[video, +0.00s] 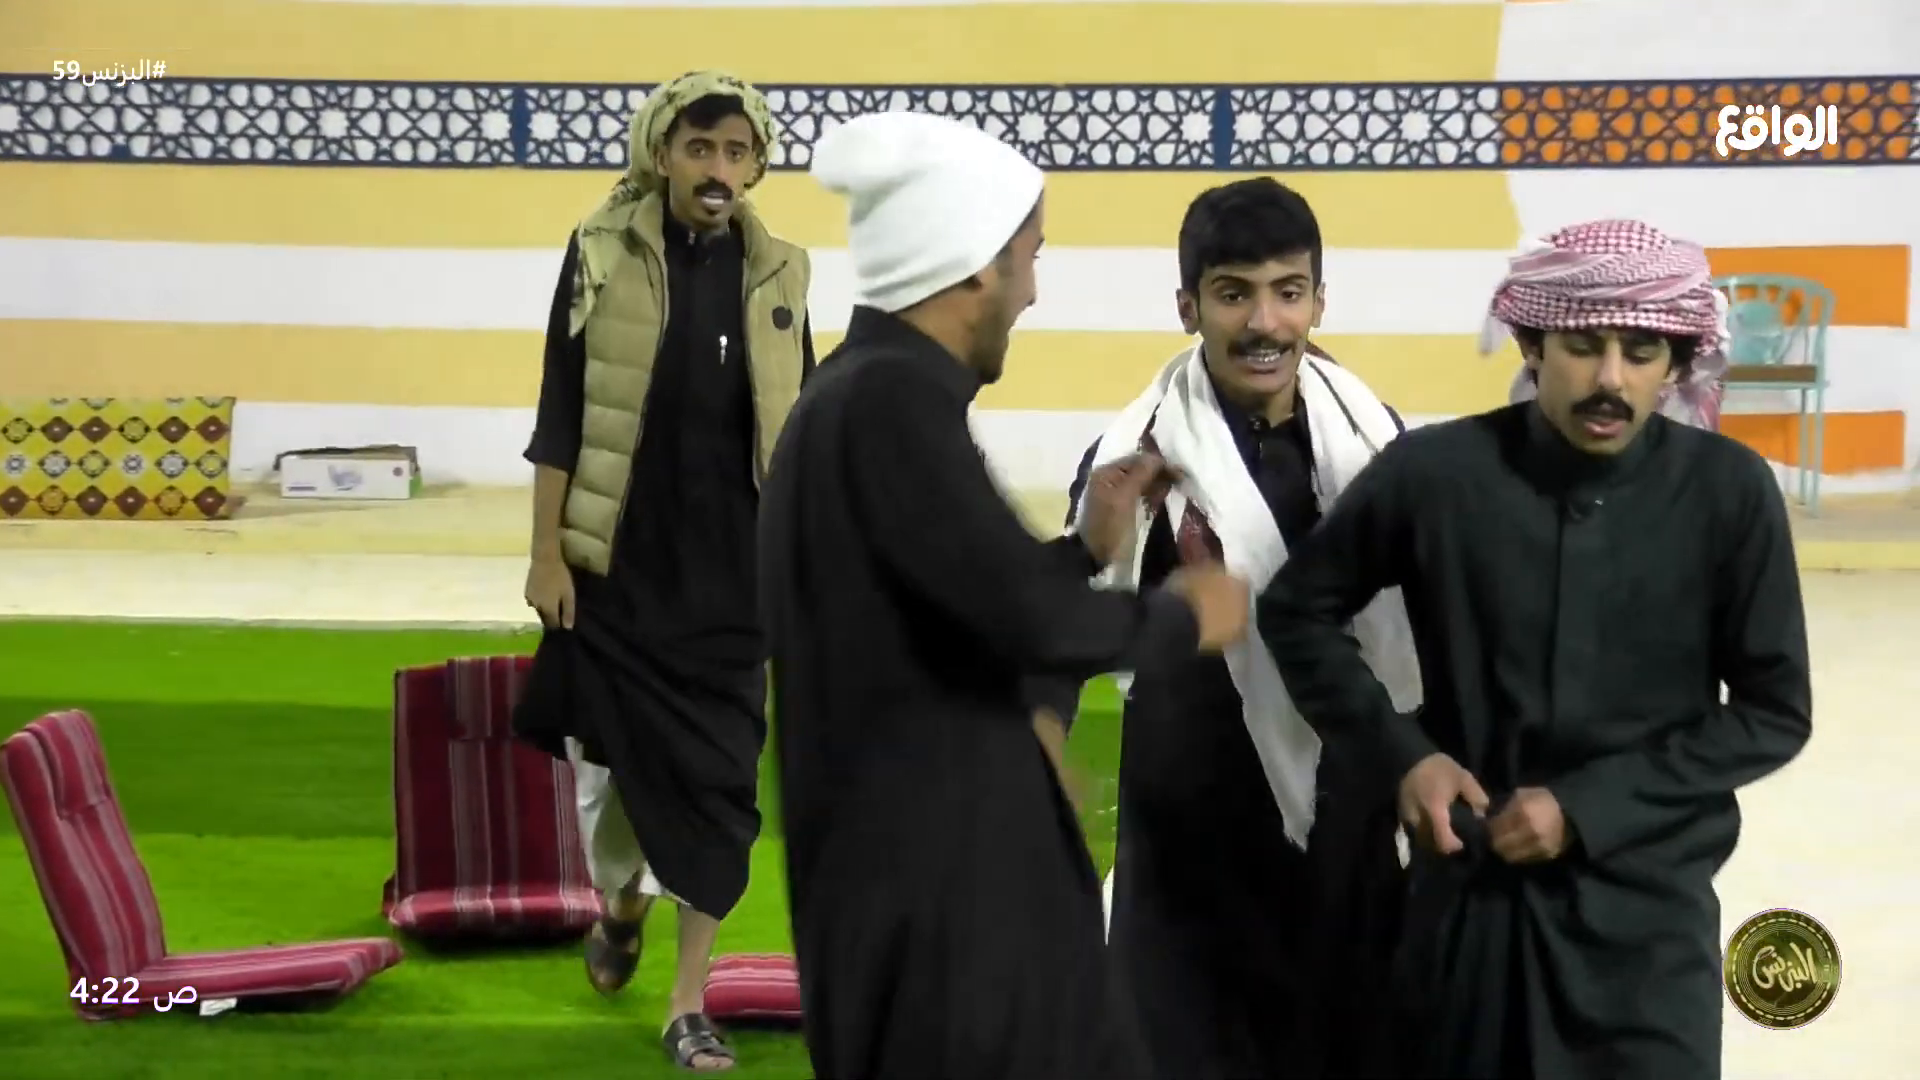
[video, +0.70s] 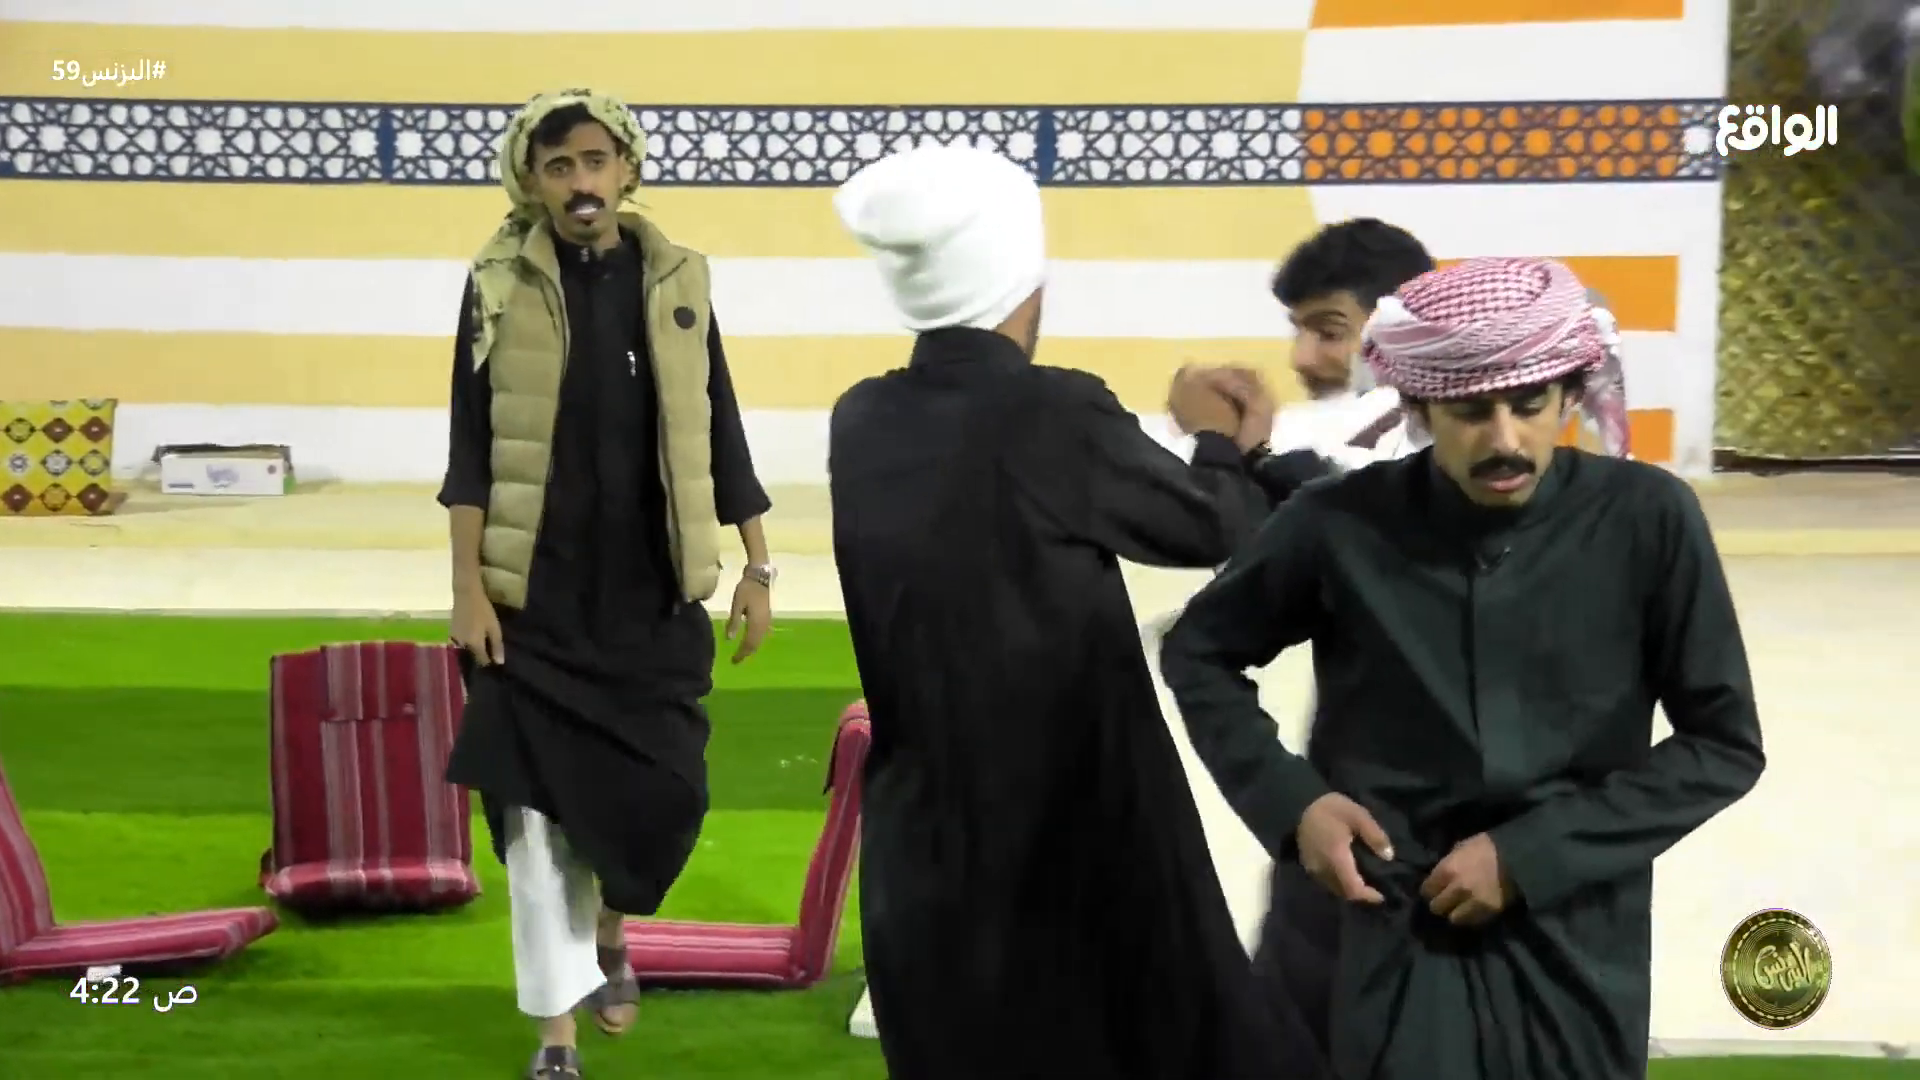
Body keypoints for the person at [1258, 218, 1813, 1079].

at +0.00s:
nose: (1609, 378)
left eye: (1640, 352)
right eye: (1582, 346)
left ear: (1675, 366)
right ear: (1533, 349)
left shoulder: (1729, 489)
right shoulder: (1428, 475)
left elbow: (1775, 714)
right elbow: (1295, 609)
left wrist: (1580, 806)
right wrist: (1405, 757)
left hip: (1642, 930)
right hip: (1462, 918)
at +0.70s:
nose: (1504, 441)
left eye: (1529, 406)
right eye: (1471, 411)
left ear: (1566, 402)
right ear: (1423, 410)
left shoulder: (1650, 518)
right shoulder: (1335, 524)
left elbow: (1725, 744)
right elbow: (1197, 655)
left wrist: (1522, 856)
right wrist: (1296, 805)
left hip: (1576, 959)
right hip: (1386, 951)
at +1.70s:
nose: (1492, 492)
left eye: (1521, 454)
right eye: (1456, 460)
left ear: (1563, 454)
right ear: (1404, 467)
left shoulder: (1653, 586)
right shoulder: (1315, 594)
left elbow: (1718, 837)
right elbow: (1171, 717)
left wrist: (1479, 912)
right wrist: (1258, 893)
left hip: (1562, 1046)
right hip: (1356, 1043)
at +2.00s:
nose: (1477, 580)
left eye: (1499, 531)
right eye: (1433, 550)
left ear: (1555, 514)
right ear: (1387, 555)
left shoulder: (1682, 632)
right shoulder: (1321, 677)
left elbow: (1754, 899)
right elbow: (1185, 812)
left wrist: (1521, 1024)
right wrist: (1309, 994)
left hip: (1621, 1058)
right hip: (1380, 1062)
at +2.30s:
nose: (1533, 652)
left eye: (1560, 605)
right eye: (1490, 618)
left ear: (1615, 578)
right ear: (1440, 600)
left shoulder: (1744, 698)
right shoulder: (1356, 719)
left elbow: (1825, 979)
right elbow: (1191, 858)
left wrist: (1633, 1069)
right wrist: (1346, 1049)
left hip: (1661, 1057)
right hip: (1435, 1063)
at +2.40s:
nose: (1564, 742)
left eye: (1600, 698)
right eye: (1525, 703)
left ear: (1656, 640)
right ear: (1474, 662)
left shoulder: (1796, 743)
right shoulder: (1395, 746)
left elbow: (1861, 1032)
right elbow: (1231, 887)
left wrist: (1741, 1068)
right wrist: (1361, 1070)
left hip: (1704, 1063)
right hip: (1470, 1063)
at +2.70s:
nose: (1597, 806)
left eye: (1639, 766)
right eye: (1560, 765)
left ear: (1718, 697)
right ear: (1519, 710)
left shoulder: (1870, 768)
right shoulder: (1445, 758)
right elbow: (1303, 888)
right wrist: (1399, 1069)